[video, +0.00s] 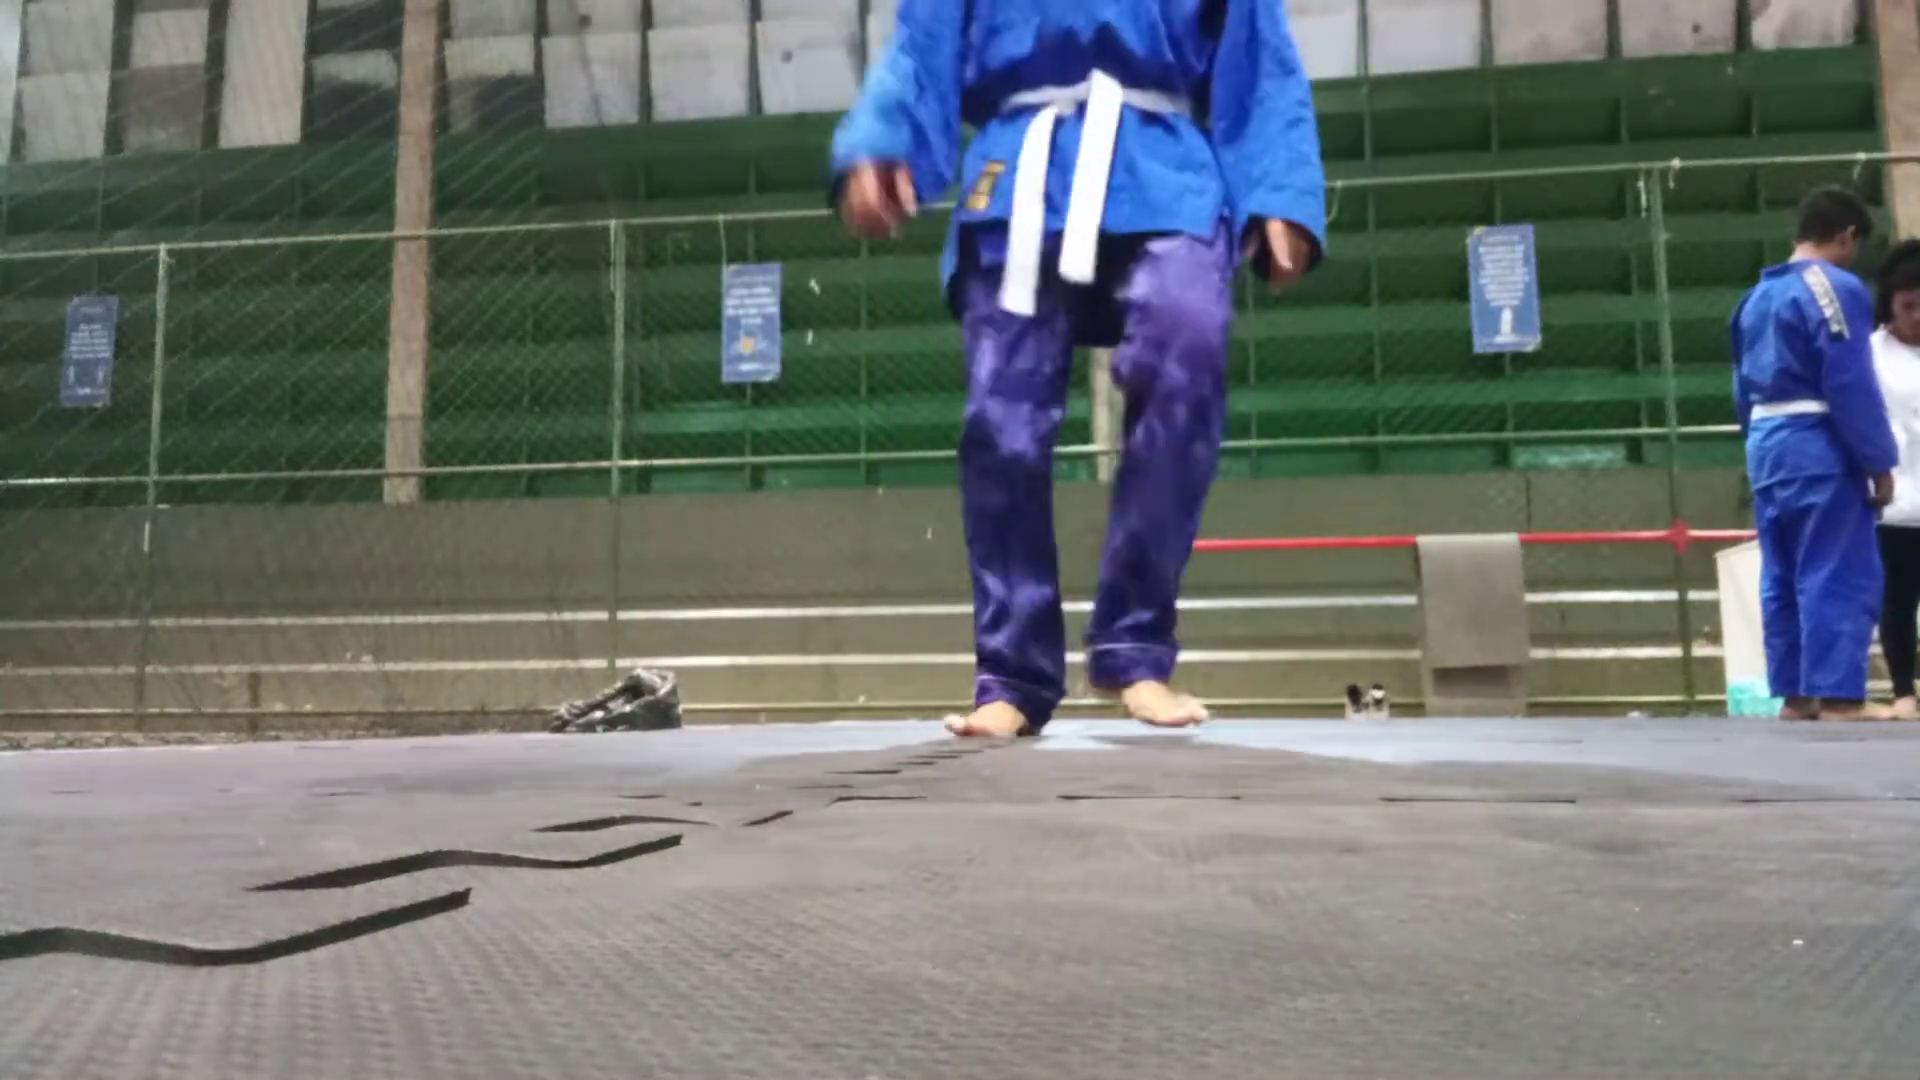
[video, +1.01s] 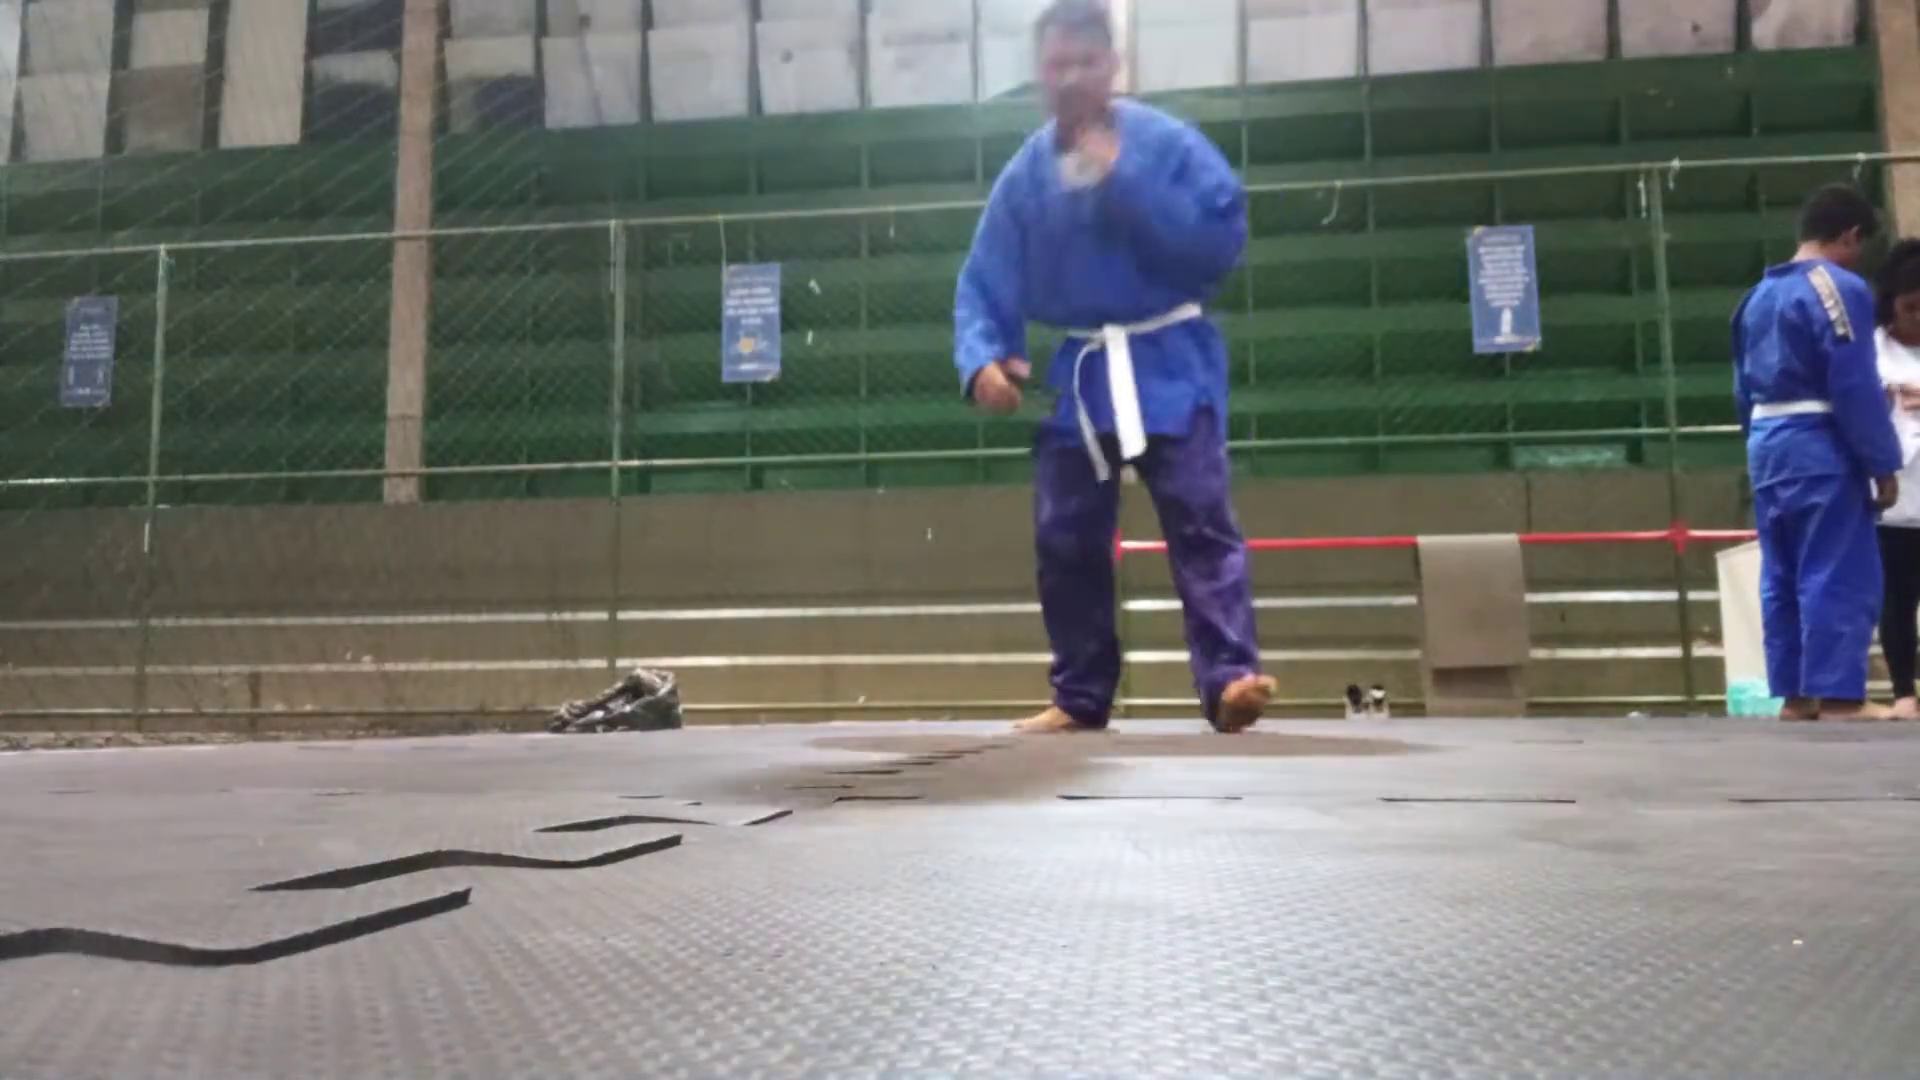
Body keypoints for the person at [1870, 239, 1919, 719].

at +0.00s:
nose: (1914, 315)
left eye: (1918, 305)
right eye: (1907, 305)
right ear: (1889, 305)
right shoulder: (1869, 351)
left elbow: (1860, 418)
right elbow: (1856, 416)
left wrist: (1871, 470)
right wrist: (1870, 473)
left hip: (1910, 498)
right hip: (1894, 498)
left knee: (1906, 605)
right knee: (1898, 605)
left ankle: (1907, 689)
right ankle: (1903, 690)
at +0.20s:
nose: (1915, 315)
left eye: (1918, 306)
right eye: (1909, 306)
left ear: (1919, 307)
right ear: (1891, 305)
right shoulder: (1872, 349)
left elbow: (1863, 412)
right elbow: (1858, 412)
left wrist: (1874, 463)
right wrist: (1874, 466)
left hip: (1911, 495)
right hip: (1895, 495)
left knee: (1906, 603)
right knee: (1898, 603)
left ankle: (1907, 688)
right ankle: (1903, 689)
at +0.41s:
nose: (1916, 315)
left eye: (1919, 306)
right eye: (1910, 306)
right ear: (1893, 305)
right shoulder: (1873, 349)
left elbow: (1861, 414)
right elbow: (1857, 413)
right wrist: (1873, 471)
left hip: (1913, 499)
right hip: (1895, 499)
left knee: (1907, 605)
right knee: (1898, 605)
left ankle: (1908, 689)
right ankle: (1904, 690)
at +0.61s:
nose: (1917, 315)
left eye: (1919, 305)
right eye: (1911, 305)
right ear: (1894, 305)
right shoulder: (1871, 348)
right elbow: (1848, 403)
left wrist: (1897, 402)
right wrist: (1890, 403)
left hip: (1914, 499)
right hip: (1894, 499)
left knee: (1908, 604)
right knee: (1898, 604)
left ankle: (1909, 690)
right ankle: (1904, 691)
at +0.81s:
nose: (1916, 316)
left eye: (1919, 307)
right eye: (1909, 307)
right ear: (1891, 306)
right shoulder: (1871, 348)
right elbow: (1851, 402)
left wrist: (1897, 403)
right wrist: (1898, 403)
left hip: (1914, 498)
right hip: (1894, 499)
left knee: (1907, 604)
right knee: (1899, 604)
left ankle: (1908, 689)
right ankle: (1904, 690)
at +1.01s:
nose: (1916, 316)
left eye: (1919, 306)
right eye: (1909, 306)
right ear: (1890, 305)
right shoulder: (1872, 347)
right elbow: (1852, 398)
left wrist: (1909, 395)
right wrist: (1890, 395)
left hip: (1914, 494)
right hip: (1894, 495)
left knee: (1907, 602)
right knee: (1899, 602)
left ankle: (1908, 689)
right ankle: (1904, 690)